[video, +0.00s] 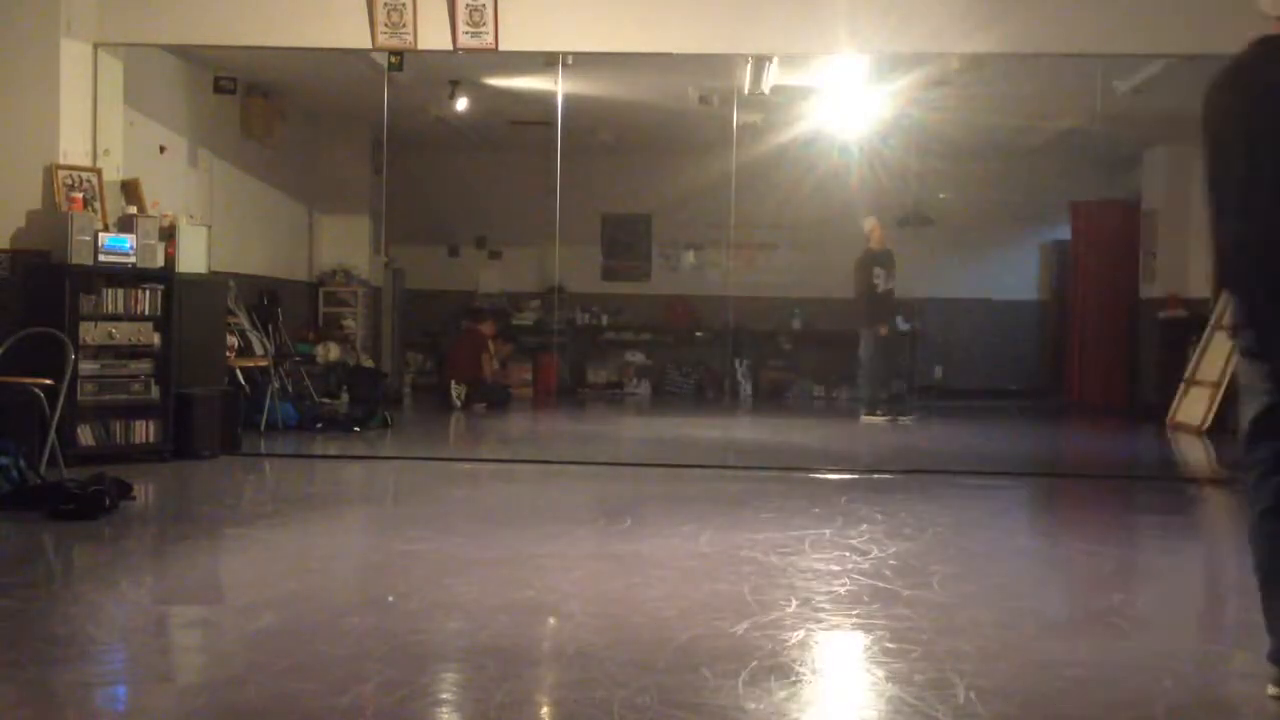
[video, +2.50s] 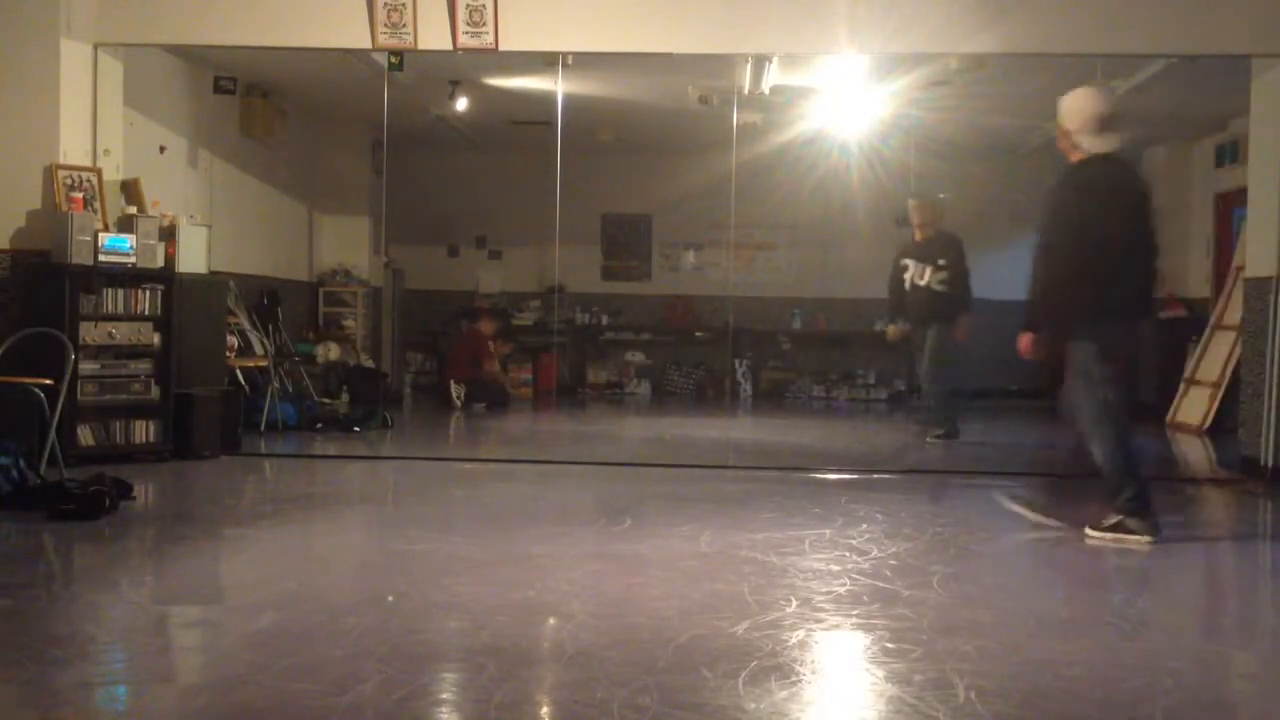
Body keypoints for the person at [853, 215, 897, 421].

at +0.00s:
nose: (881, 234)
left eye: (881, 229)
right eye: (876, 230)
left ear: (883, 231)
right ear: (869, 234)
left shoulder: (888, 257)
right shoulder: (865, 260)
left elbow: (889, 289)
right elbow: (864, 293)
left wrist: (890, 316)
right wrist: (875, 320)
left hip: (886, 316)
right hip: (870, 317)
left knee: (886, 361)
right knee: (870, 362)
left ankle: (886, 405)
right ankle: (868, 406)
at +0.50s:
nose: (928, 235)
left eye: (931, 230)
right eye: (924, 231)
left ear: (936, 231)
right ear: (918, 233)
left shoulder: (943, 260)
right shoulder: (914, 259)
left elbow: (944, 293)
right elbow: (911, 295)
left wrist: (945, 319)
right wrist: (918, 324)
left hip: (940, 319)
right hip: (922, 319)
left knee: (942, 368)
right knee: (926, 368)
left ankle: (935, 411)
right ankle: (900, 390)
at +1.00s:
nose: (958, 234)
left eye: (961, 229)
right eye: (953, 230)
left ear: (967, 231)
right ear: (947, 234)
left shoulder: (984, 256)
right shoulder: (943, 261)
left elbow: (1000, 287)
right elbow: (936, 297)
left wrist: (1014, 315)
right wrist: (936, 330)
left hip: (981, 318)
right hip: (955, 320)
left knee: (971, 364)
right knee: (968, 366)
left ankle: (950, 396)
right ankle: (978, 417)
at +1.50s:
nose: (980, 229)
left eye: (983, 225)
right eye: (975, 225)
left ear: (991, 228)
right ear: (968, 229)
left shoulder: (1005, 255)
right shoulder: (960, 258)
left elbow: (1017, 289)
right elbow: (956, 296)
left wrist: (1017, 317)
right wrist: (960, 326)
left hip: (1001, 321)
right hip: (972, 322)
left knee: (1001, 369)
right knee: (975, 372)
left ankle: (999, 417)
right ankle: (979, 417)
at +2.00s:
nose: (960, 225)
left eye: (965, 220)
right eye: (958, 220)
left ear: (977, 223)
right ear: (955, 225)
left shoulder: (998, 252)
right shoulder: (950, 257)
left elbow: (1011, 289)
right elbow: (945, 294)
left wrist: (1015, 322)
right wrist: (946, 324)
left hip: (995, 323)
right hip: (964, 324)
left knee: (998, 376)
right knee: (958, 373)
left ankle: (996, 426)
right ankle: (951, 423)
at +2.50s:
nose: (917, 217)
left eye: (922, 210)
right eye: (913, 211)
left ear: (935, 213)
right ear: (909, 216)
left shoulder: (950, 244)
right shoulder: (906, 250)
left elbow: (961, 282)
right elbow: (896, 287)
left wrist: (964, 315)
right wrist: (894, 320)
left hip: (943, 316)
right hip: (918, 318)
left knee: (931, 369)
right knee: (924, 370)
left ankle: (945, 424)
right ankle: (938, 421)